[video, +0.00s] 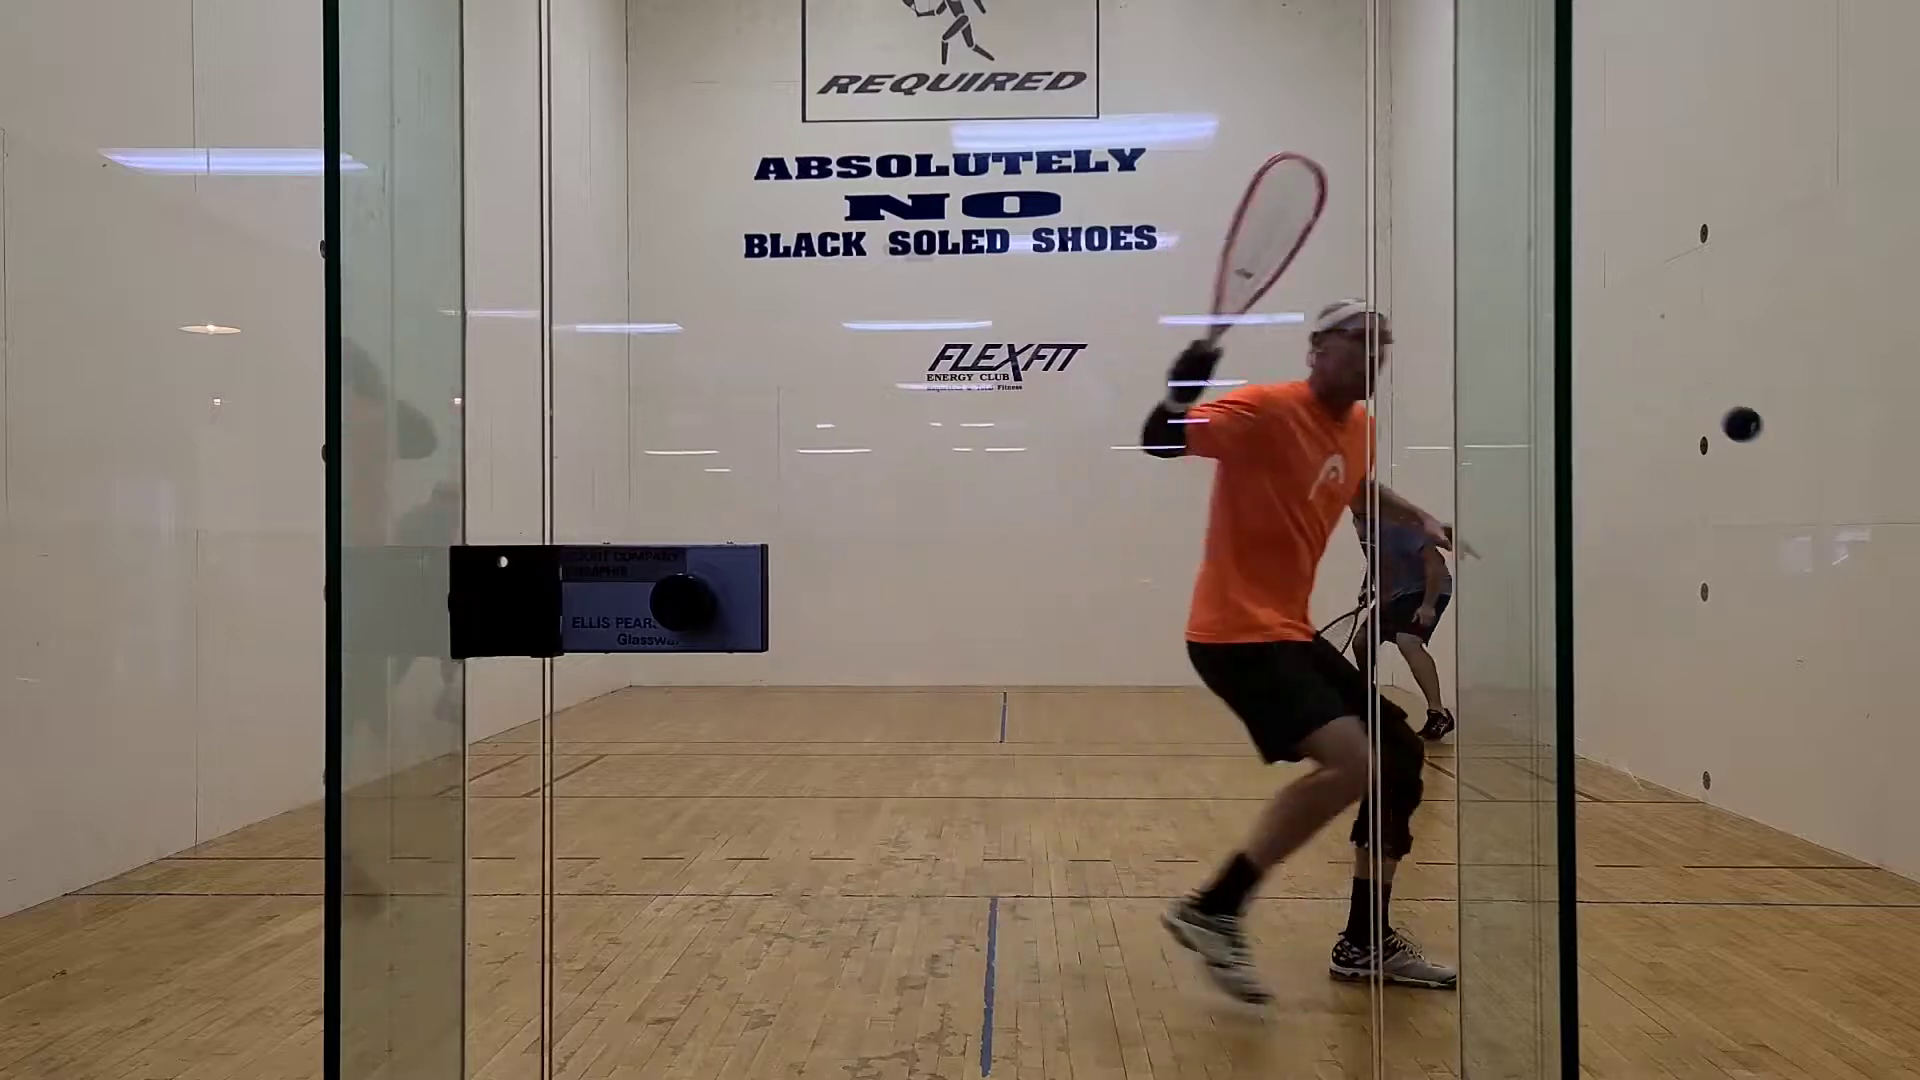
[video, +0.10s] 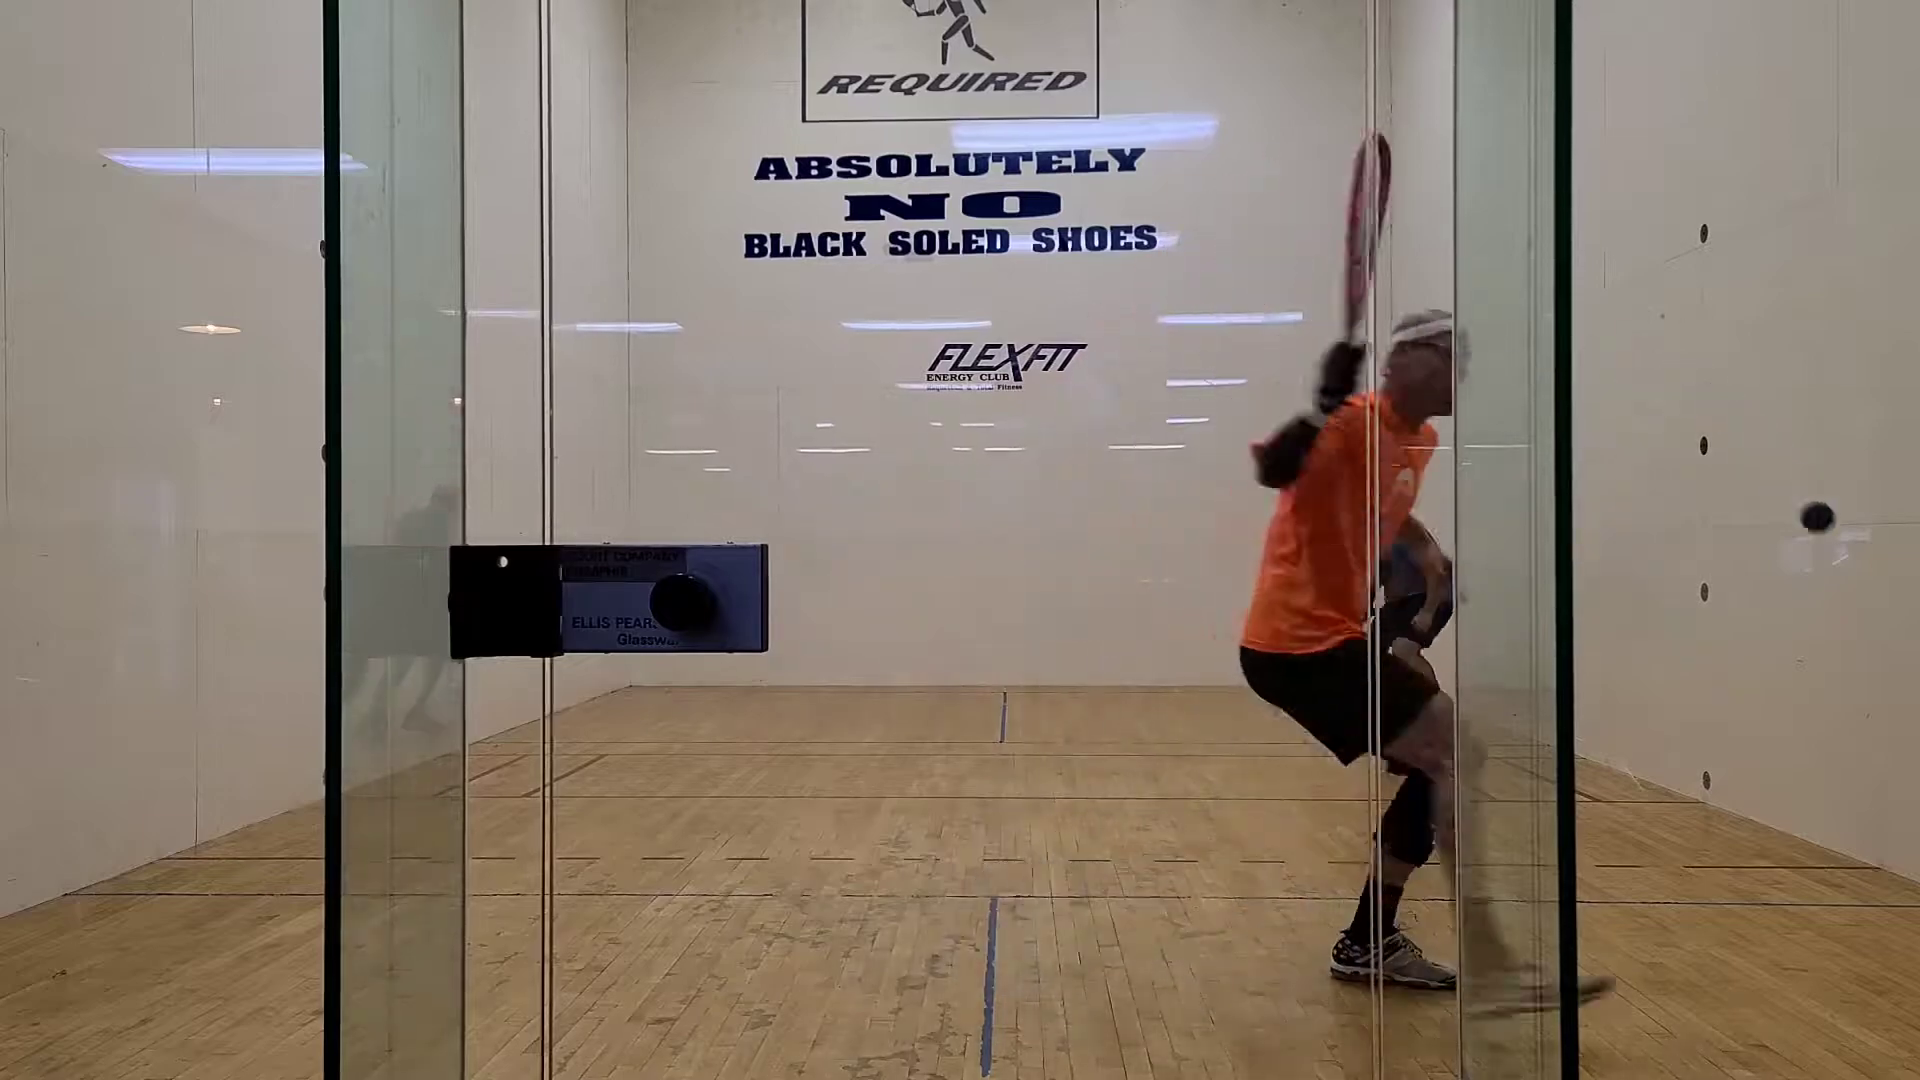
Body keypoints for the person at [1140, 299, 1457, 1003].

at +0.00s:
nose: (1377, 357)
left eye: (1381, 346)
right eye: (1364, 342)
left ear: (1378, 358)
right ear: (1319, 348)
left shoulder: (1356, 426)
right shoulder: (1265, 410)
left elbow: (1355, 490)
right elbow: (1159, 438)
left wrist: (1422, 522)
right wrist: (1181, 387)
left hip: (1292, 630)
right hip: (1235, 631)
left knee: (1401, 759)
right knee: (1353, 760)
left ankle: (1365, 939)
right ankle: (1210, 910)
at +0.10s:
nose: (1458, 379)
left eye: (1461, 366)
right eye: (1448, 362)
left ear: (1445, 374)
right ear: (1402, 361)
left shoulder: (1421, 434)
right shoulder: (1352, 421)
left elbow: (1383, 502)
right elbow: (1271, 468)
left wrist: (1429, 554)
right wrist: (1320, 407)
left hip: (1347, 631)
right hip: (1294, 642)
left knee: (1439, 759)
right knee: (1454, 749)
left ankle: (1368, 938)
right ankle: (1497, 964)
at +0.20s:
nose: (1531, 417)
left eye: (1533, 402)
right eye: (1524, 400)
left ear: (1464, 386)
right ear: (1495, 394)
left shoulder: (1412, 437)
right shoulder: (1445, 458)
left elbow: (1320, 485)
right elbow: (1477, 573)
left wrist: (1374, 556)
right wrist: (1541, 530)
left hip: (1324, 653)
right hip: (1372, 661)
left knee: (1458, 780)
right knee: (1525, 804)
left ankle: (1371, 936)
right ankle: (1626, 1008)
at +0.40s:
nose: (1561, 380)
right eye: (1562, 365)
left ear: (1492, 359)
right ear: (1563, 368)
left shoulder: (1423, 414)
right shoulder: (1585, 434)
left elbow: (1393, 509)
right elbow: (1639, 508)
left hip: (1402, 656)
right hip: (1505, 663)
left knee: (1466, 777)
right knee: (1616, 804)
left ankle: (1371, 935)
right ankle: (1640, 1009)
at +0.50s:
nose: (1531, 331)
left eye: (1522, 312)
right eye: (1542, 315)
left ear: (1485, 311)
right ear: (1556, 318)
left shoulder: (1425, 386)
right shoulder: (1589, 385)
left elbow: (1405, 491)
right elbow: (1637, 471)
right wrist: (1568, 483)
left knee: (1439, 780)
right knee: (1637, 797)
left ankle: (1379, 948)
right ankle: (1653, 1000)